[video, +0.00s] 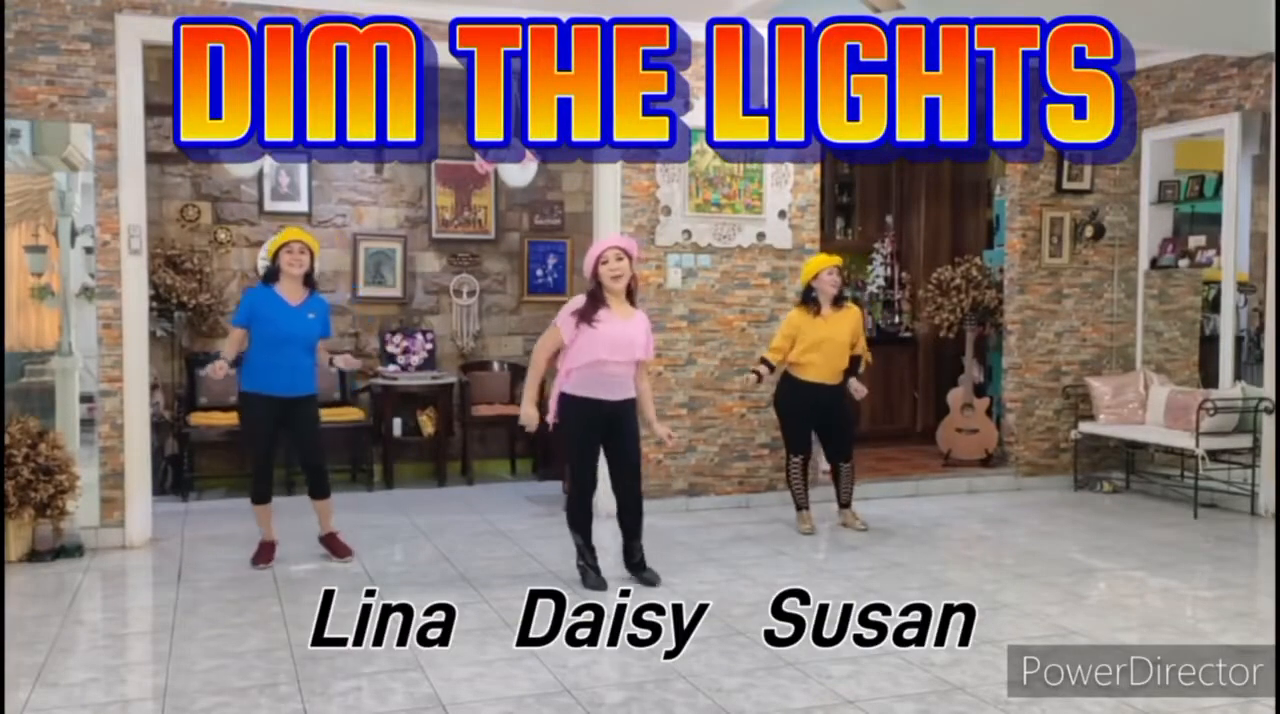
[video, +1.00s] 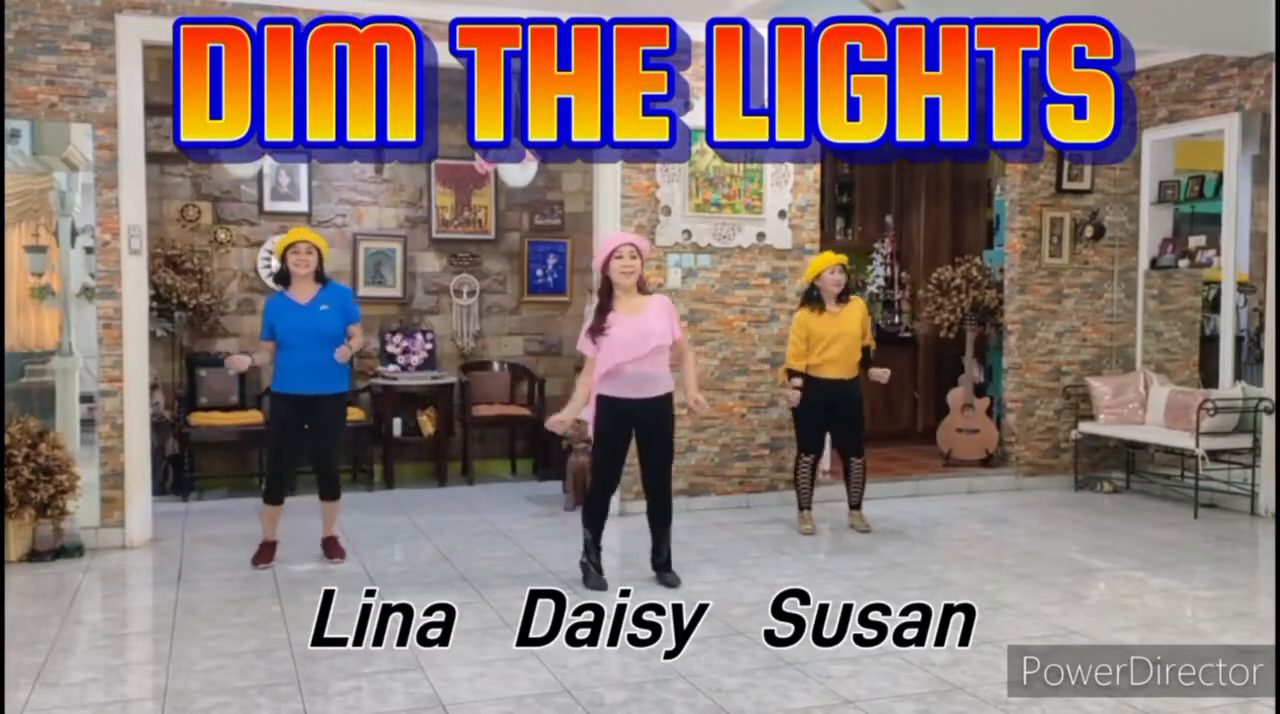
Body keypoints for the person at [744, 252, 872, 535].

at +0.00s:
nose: (836, 279)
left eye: (838, 274)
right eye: (829, 274)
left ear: (841, 280)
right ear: (813, 281)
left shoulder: (852, 314)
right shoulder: (798, 316)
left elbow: (858, 350)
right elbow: (777, 350)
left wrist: (853, 376)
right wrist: (761, 370)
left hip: (833, 392)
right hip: (796, 390)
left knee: (842, 453)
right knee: (798, 452)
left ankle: (846, 510)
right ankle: (802, 512)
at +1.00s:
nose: (838, 277)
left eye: (841, 272)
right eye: (831, 272)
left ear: (846, 277)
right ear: (817, 280)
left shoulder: (857, 307)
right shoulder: (805, 315)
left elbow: (866, 341)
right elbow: (796, 354)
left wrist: (870, 367)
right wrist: (796, 385)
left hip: (847, 387)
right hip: (813, 387)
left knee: (854, 450)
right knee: (809, 451)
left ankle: (855, 510)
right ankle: (805, 511)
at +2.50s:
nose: (834, 277)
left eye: (837, 272)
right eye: (826, 273)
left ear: (843, 277)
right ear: (813, 281)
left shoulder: (855, 310)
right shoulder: (799, 313)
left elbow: (864, 346)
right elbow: (778, 344)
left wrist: (859, 375)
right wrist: (764, 363)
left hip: (837, 391)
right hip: (800, 390)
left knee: (845, 453)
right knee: (803, 453)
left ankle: (842, 509)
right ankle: (806, 514)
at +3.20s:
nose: (835, 278)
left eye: (838, 273)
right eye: (828, 273)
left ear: (842, 279)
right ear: (813, 280)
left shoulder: (854, 307)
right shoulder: (800, 318)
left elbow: (872, 337)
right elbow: (792, 357)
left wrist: (868, 369)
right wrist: (788, 385)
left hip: (847, 389)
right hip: (809, 390)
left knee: (853, 454)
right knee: (808, 454)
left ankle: (856, 512)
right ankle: (808, 513)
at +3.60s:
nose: (856, 279)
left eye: (859, 274)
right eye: (850, 274)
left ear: (861, 279)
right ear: (833, 280)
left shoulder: (871, 305)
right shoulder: (821, 319)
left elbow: (889, 332)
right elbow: (818, 362)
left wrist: (888, 365)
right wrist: (830, 392)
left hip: (869, 387)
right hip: (835, 389)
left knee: (868, 453)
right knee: (833, 453)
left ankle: (858, 512)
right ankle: (818, 511)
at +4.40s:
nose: (856, 276)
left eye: (859, 271)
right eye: (849, 271)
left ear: (864, 278)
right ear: (834, 279)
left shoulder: (871, 314)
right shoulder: (818, 312)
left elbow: (888, 346)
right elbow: (801, 351)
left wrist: (880, 373)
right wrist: (794, 384)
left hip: (857, 391)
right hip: (821, 389)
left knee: (858, 453)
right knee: (818, 453)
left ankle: (857, 512)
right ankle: (811, 514)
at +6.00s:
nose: (852, 276)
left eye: (855, 270)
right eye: (844, 271)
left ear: (861, 276)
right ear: (832, 280)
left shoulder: (872, 308)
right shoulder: (823, 316)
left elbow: (888, 338)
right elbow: (815, 358)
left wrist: (885, 368)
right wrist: (819, 392)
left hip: (866, 387)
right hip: (833, 387)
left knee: (865, 453)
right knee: (830, 452)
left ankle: (858, 512)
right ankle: (818, 512)